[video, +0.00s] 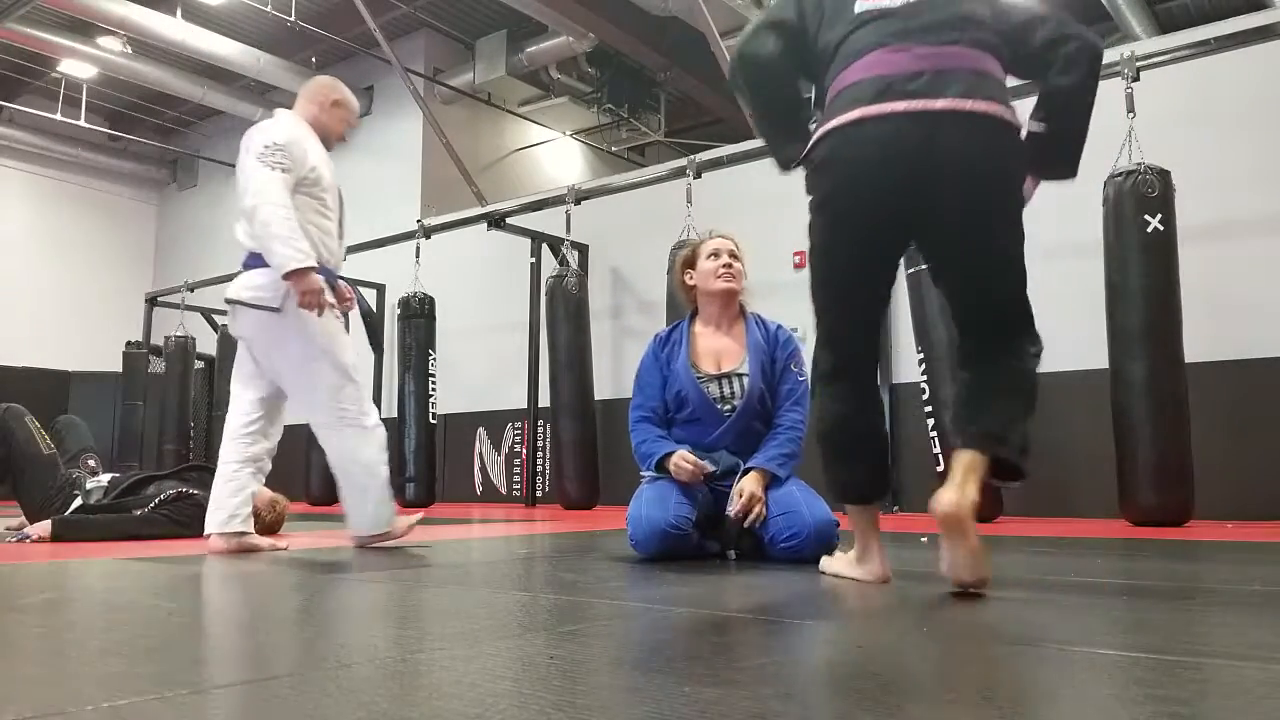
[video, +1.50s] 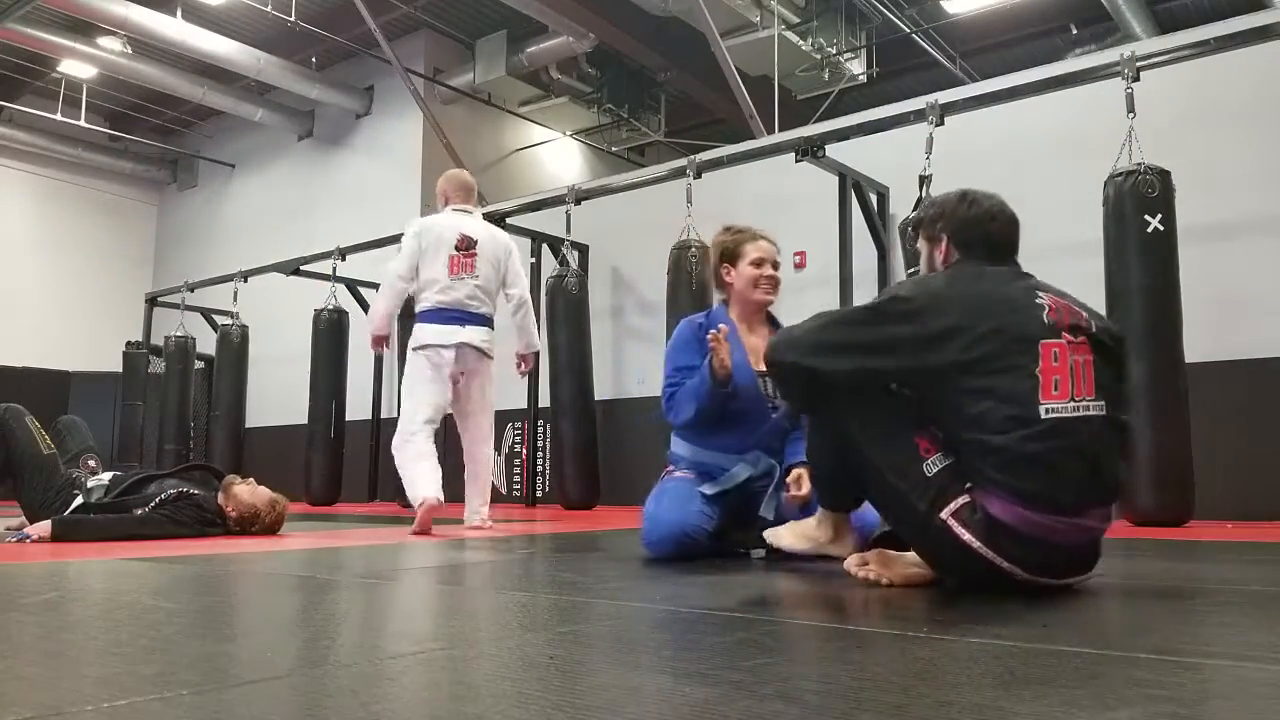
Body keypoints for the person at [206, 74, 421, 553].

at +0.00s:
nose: (347, 133)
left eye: (351, 126)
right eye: (347, 122)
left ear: (322, 104)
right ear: (326, 103)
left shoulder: (305, 148)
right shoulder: (280, 132)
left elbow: (302, 226)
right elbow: (265, 201)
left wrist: (333, 277)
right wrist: (298, 267)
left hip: (268, 297)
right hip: (290, 296)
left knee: (252, 421)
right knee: (347, 409)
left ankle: (230, 526)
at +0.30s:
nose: (419, 147)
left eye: (421, 139)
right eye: (420, 138)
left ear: (380, 122)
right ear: (406, 127)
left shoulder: (331, 159)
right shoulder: (392, 154)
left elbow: (298, 227)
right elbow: (392, 219)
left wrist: (305, 290)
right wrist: (403, 284)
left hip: (321, 301)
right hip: (369, 303)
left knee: (312, 406)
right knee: (402, 418)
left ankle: (264, 497)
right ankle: (395, 526)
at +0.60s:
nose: (453, 162)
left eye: (453, 158)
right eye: (454, 157)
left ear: (412, 142)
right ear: (446, 151)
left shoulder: (365, 170)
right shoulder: (451, 175)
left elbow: (322, 220)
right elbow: (486, 238)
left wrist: (301, 276)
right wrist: (527, 295)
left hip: (362, 304)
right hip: (415, 304)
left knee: (372, 412)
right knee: (416, 411)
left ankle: (392, 513)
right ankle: (394, 522)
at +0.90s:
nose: (451, 174)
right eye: (450, 168)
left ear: (409, 170)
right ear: (448, 169)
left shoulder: (381, 200)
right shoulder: (469, 200)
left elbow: (354, 256)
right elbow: (492, 261)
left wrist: (348, 312)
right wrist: (512, 318)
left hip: (392, 320)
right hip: (443, 319)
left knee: (405, 415)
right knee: (446, 412)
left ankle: (426, 516)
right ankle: (416, 494)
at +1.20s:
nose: (414, 186)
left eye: (414, 181)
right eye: (417, 181)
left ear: (418, 182)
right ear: (453, 181)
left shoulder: (397, 214)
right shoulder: (481, 216)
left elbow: (370, 268)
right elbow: (502, 274)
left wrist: (367, 316)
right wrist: (505, 328)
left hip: (407, 329)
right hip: (460, 329)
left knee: (409, 419)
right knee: (472, 417)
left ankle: (418, 516)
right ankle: (482, 510)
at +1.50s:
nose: (437, 203)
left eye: (438, 199)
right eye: (439, 199)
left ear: (443, 198)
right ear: (476, 200)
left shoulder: (423, 228)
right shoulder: (501, 238)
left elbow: (398, 277)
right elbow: (519, 296)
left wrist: (380, 323)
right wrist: (528, 343)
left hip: (431, 339)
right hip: (478, 342)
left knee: (415, 424)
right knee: (478, 430)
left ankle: (426, 494)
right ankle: (477, 515)